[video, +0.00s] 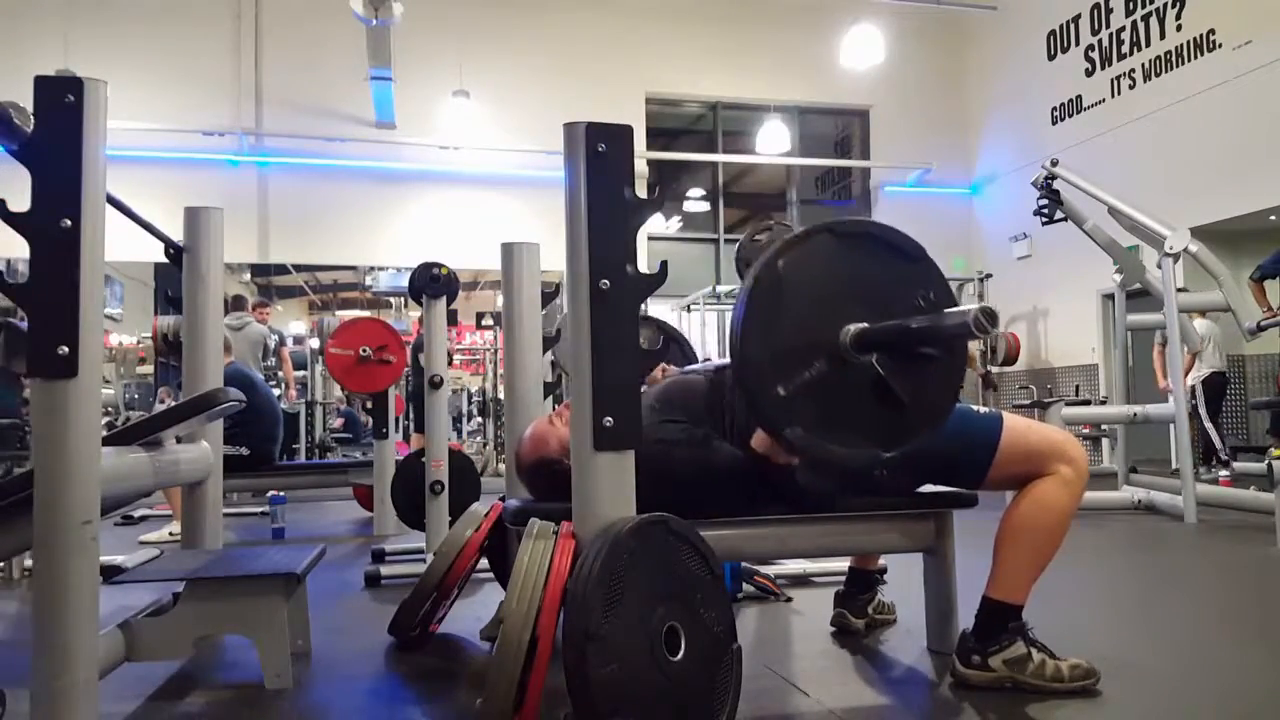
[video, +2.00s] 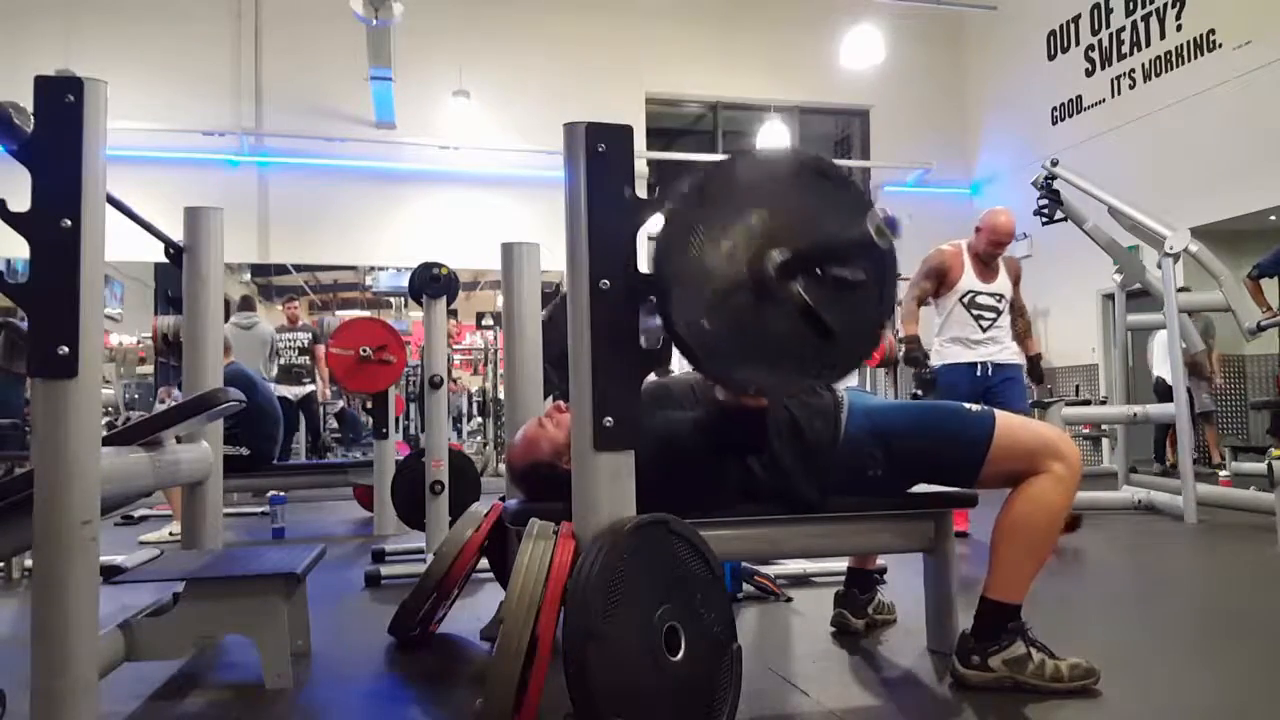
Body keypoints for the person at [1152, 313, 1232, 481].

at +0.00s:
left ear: (1190, 312)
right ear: (1205, 311)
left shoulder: (1194, 326)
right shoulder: (1214, 326)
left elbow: (1191, 355)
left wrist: (1180, 377)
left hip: (1204, 377)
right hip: (1221, 374)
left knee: (1205, 421)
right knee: (1210, 421)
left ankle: (1224, 462)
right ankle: (1206, 463)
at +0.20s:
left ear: (1189, 313)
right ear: (1206, 312)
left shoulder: (1187, 327)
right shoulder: (1218, 328)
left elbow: (1182, 354)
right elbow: (1223, 353)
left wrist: (1173, 377)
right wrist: (1216, 367)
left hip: (1196, 375)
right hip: (1216, 374)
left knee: (1189, 417)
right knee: (1210, 418)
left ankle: (1209, 453)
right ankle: (1208, 458)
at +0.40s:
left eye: (1191, 312)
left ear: (1189, 314)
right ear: (1206, 313)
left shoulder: (1183, 328)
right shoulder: (1218, 330)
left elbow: (1174, 354)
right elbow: (1224, 360)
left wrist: (1162, 370)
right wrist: (1215, 369)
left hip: (1189, 376)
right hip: (1213, 376)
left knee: (1184, 422)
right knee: (1208, 423)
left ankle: (1185, 464)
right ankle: (1205, 465)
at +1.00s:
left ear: (1166, 315)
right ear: (1189, 316)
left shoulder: (1161, 333)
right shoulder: (1198, 330)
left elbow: (1150, 357)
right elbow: (1212, 350)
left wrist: (1145, 381)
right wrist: (1211, 368)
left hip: (1171, 378)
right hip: (1194, 377)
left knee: (1174, 420)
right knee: (1199, 419)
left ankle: (1177, 460)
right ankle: (1200, 455)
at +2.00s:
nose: (1192, 318)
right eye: (1191, 316)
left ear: (1166, 318)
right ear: (1187, 318)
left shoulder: (1156, 334)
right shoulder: (1182, 335)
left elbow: (1149, 360)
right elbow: (1190, 360)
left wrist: (1157, 374)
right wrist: (1207, 373)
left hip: (1159, 382)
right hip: (1178, 383)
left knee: (1162, 423)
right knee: (1188, 420)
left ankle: (1159, 462)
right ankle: (1189, 460)